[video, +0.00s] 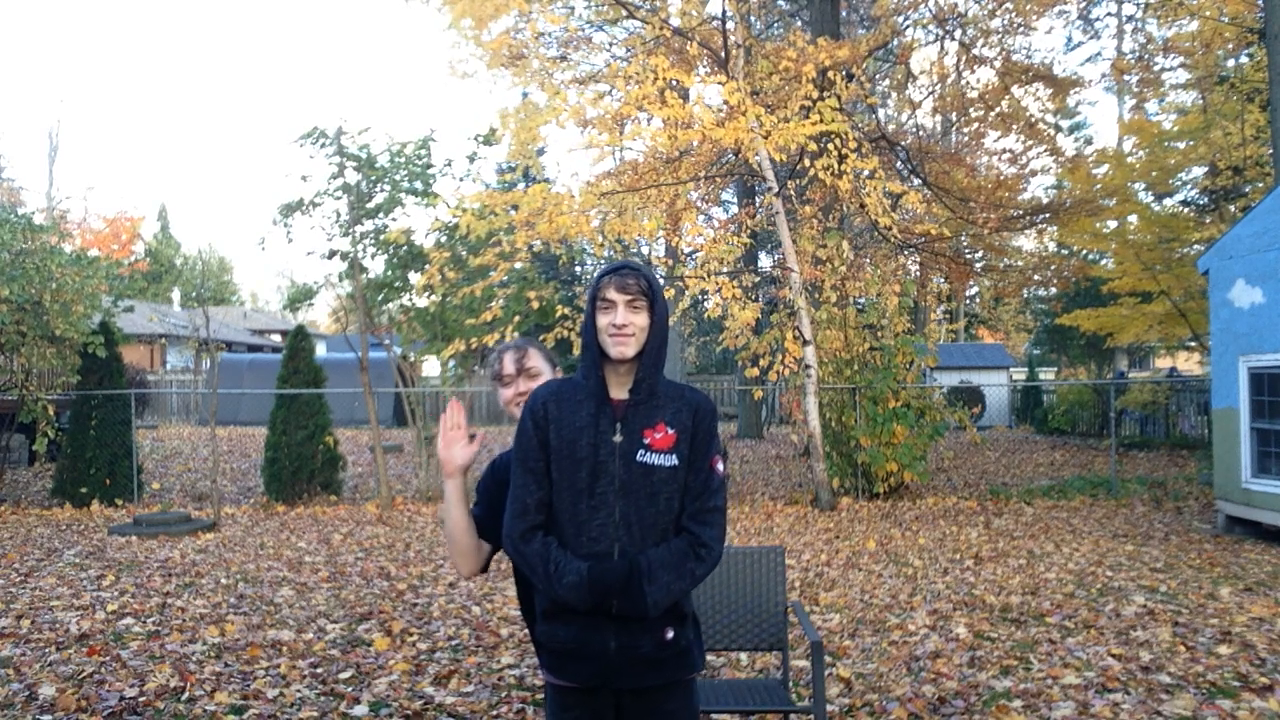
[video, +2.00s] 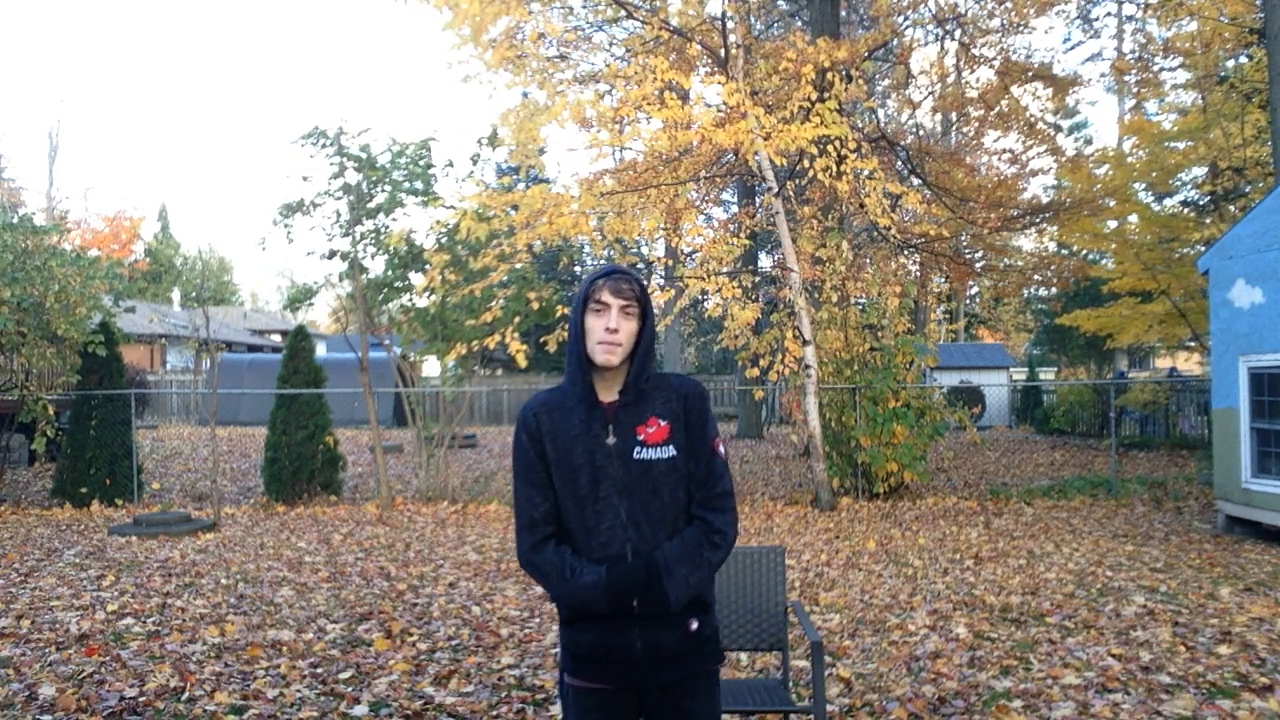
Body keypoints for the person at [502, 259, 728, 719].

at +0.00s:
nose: (619, 320)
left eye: (634, 307)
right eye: (606, 307)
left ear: (655, 320)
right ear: (591, 319)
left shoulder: (691, 409)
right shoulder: (546, 405)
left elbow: (705, 535)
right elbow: (521, 531)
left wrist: (636, 581)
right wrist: (585, 581)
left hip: (662, 655)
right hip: (572, 659)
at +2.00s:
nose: (612, 325)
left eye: (627, 313)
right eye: (599, 310)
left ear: (642, 329)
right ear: (578, 322)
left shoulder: (683, 400)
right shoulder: (541, 416)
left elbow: (718, 518)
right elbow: (534, 543)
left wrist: (658, 576)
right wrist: (602, 587)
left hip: (682, 649)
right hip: (593, 654)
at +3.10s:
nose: (617, 314)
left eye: (633, 303)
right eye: (605, 301)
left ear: (649, 322)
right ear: (585, 317)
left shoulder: (690, 400)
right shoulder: (548, 412)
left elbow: (734, 518)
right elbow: (530, 537)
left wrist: (662, 565)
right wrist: (607, 570)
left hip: (683, 648)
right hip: (593, 651)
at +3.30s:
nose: (603, 316)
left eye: (618, 306)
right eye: (591, 303)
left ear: (634, 325)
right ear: (570, 318)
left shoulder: (675, 401)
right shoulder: (535, 415)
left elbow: (729, 514)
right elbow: (514, 541)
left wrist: (657, 562)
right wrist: (593, 567)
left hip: (671, 648)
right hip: (583, 652)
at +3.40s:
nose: (601, 325)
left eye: (616, 314)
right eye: (589, 310)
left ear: (632, 333)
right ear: (568, 326)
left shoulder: (672, 410)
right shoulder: (531, 422)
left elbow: (727, 522)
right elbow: (506, 550)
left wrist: (647, 567)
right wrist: (592, 571)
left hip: (663, 653)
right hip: (574, 656)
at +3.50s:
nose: (606, 325)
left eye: (621, 312)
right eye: (592, 310)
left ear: (637, 329)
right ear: (571, 326)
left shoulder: (676, 412)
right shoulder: (533, 421)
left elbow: (722, 528)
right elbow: (506, 549)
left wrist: (648, 573)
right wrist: (593, 577)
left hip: (661, 659)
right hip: (569, 661)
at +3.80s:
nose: (626, 323)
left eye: (639, 307)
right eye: (611, 310)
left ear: (659, 320)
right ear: (595, 324)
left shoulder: (696, 411)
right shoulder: (554, 406)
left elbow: (720, 531)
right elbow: (523, 532)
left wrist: (659, 581)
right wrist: (603, 579)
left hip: (670, 650)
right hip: (580, 652)